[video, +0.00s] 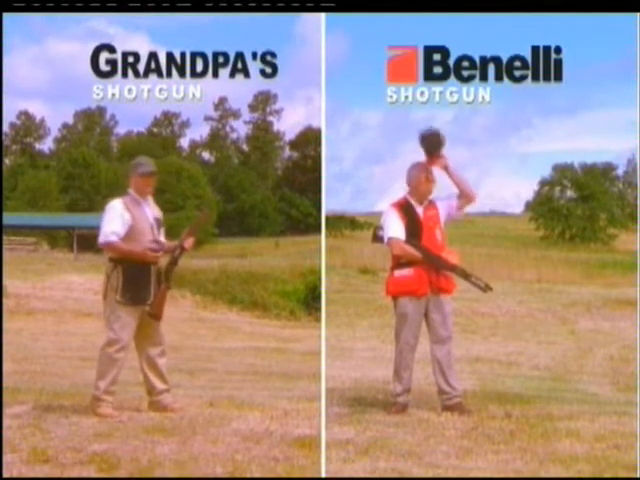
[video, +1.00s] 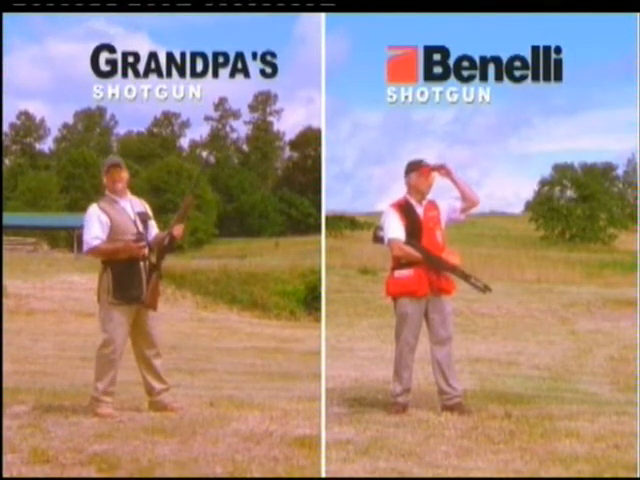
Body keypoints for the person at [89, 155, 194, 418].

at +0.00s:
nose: (149, 183)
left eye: (152, 178)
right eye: (144, 177)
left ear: (155, 180)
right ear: (132, 179)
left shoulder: (153, 210)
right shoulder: (117, 207)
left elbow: (157, 244)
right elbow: (107, 243)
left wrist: (178, 246)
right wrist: (142, 254)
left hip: (149, 279)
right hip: (123, 279)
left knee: (152, 342)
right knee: (118, 341)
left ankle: (159, 396)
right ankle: (102, 399)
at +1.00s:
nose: (115, 180)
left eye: (119, 174)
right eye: (110, 175)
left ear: (128, 177)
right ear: (104, 180)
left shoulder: (141, 206)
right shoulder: (98, 210)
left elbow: (153, 240)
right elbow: (92, 247)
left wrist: (170, 236)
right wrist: (126, 250)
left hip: (143, 282)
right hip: (115, 282)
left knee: (149, 344)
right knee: (113, 343)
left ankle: (159, 396)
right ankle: (102, 399)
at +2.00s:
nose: (152, 191)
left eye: (152, 185)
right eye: (147, 185)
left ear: (140, 189)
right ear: (131, 189)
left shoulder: (149, 216)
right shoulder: (117, 220)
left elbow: (160, 248)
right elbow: (117, 262)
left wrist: (181, 245)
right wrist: (139, 288)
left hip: (145, 282)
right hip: (121, 284)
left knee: (160, 340)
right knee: (120, 344)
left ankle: (162, 396)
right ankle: (93, 398)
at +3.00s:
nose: (157, 176)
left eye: (156, 171)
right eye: (151, 171)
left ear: (145, 177)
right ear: (137, 177)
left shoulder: (152, 201)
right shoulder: (137, 202)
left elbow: (170, 222)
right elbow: (165, 222)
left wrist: (187, 211)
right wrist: (182, 212)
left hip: (153, 264)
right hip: (134, 265)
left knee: (157, 336)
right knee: (126, 335)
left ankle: (161, 396)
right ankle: (96, 395)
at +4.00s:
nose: (130, 182)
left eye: (130, 178)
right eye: (124, 177)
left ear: (128, 182)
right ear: (111, 182)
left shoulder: (134, 200)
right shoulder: (103, 204)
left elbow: (169, 198)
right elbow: (129, 211)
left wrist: (178, 168)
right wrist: (140, 182)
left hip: (143, 268)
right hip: (118, 271)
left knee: (153, 338)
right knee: (112, 340)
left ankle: (162, 395)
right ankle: (94, 399)